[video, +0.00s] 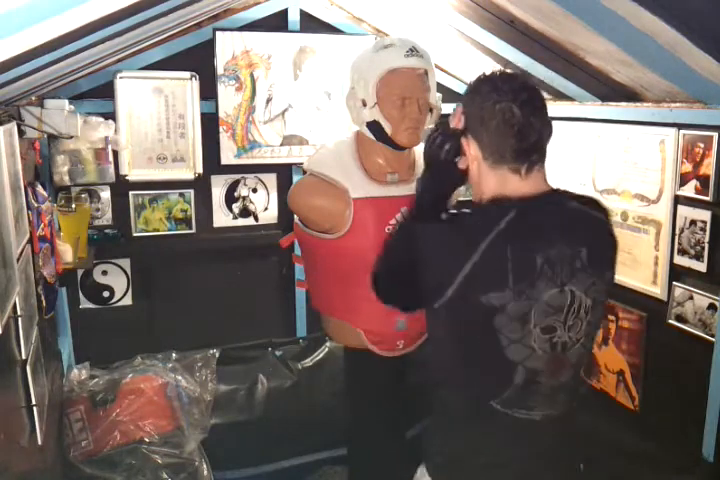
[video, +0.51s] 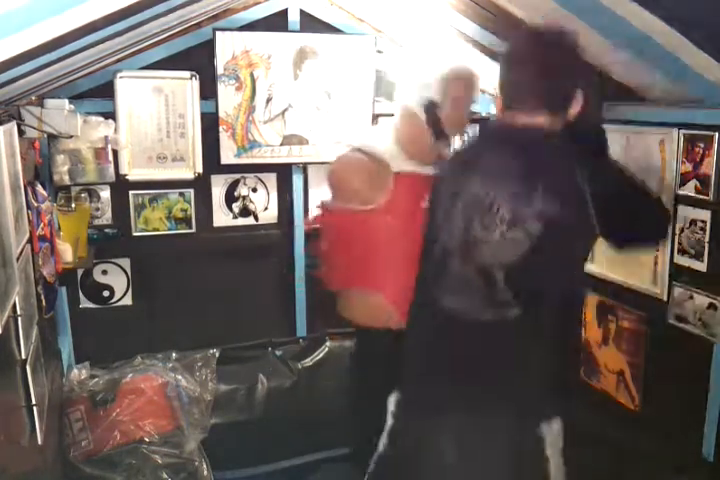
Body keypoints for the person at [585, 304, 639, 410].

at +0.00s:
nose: (609, 326)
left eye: (612, 322)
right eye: (606, 322)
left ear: (616, 326)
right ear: (600, 325)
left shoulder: (619, 360)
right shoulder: (590, 349)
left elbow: (633, 394)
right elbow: (578, 372)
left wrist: (636, 402)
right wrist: (589, 382)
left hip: (608, 402)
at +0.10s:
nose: (610, 326)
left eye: (613, 321)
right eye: (607, 321)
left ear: (616, 325)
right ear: (599, 324)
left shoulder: (619, 360)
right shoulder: (591, 349)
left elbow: (634, 395)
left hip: (608, 405)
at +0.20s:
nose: (610, 326)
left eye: (613, 322)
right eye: (607, 321)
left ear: (616, 325)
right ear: (600, 324)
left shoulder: (619, 360)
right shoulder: (590, 349)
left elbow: (634, 395)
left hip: (608, 404)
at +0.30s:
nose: (610, 326)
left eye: (613, 321)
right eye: (607, 320)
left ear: (616, 325)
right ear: (600, 323)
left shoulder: (619, 359)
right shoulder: (589, 347)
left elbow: (634, 395)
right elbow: (578, 372)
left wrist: (636, 404)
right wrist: (587, 382)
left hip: (609, 404)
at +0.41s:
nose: (610, 326)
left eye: (612, 321)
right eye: (607, 320)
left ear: (616, 325)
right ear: (600, 323)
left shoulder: (619, 359)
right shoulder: (589, 345)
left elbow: (633, 394)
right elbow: (578, 373)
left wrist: (636, 404)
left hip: (609, 405)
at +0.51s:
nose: (609, 327)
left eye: (612, 322)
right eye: (606, 322)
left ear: (616, 326)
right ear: (600, 325)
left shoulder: (620, 360)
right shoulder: (590, 350)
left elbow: (633, 394)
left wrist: (636, 404)